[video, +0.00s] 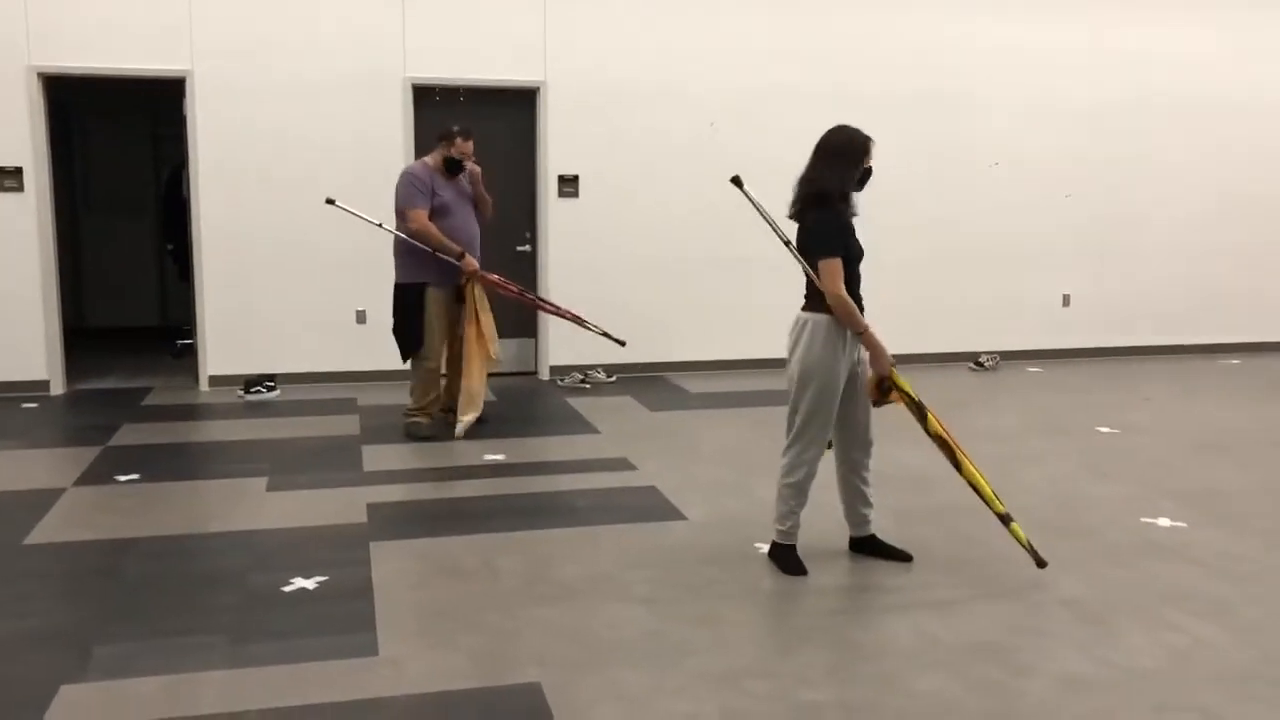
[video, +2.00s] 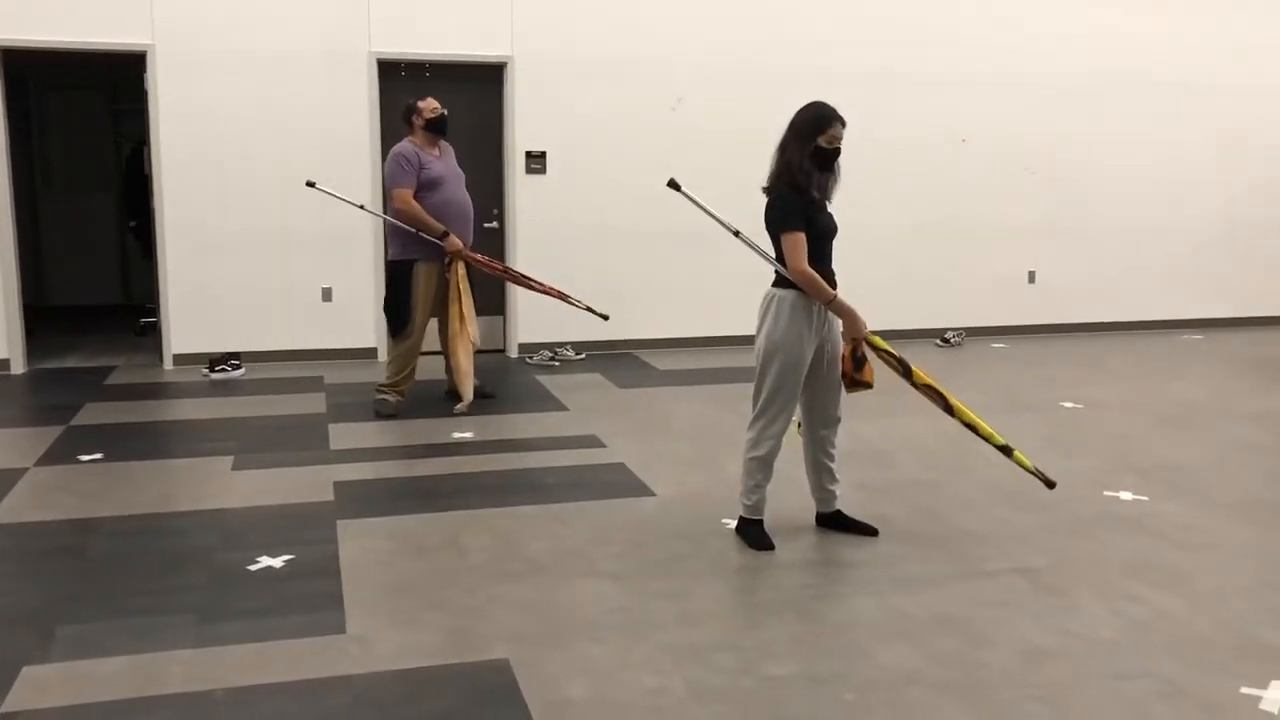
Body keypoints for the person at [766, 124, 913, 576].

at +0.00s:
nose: (868, 170)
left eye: (868, 161)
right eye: (864, 161)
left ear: (833, 159)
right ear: (846, 162)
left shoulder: (838, 212)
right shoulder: (823, 214)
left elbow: (839, 290)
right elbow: (834, 291)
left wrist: (864, 351)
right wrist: (875, 346)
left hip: (848, 334)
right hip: (821, 333)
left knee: (855, 441)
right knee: (808, 441)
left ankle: (861, 535)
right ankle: (783, 540)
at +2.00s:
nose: (832, 151)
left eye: (837, 144)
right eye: (827, 142)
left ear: (836, 142)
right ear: (804, 138)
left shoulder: (814, 193)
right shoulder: (786, 192)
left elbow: (817, 265)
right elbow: (796, 268)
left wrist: (842, 321)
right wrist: (846, 311)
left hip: (822, 311)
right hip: (790, 309)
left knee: (824, 416)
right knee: (772, 416)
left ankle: (827, 510)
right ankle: (751, 516)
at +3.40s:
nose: (829, 144)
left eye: (824, 135)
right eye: (825, 136)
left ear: (776, 143)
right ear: (820, 140)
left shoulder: (768, 192)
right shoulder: (812, 192)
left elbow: (770, 268)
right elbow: (810, 265)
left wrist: (820, 316)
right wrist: (859, 308)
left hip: (781, 303)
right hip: (797, 305)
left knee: (812, 409)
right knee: (781, 410)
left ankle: (826, 501)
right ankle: (744, 510)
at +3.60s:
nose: (829, 144)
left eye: (823, 136)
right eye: (825, 136)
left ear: (776, 142)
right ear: (820, 140)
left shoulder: (769, 192)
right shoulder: (814, 191)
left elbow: (761, 262)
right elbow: (813, 267)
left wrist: (753, 322)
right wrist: (863, 309)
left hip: (783, 303)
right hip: (800, 305)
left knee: (815, 409)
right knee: (784, 411)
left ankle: (830, 502)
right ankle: (747, 510)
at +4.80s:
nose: (827, 158)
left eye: (822, 150)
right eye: (822, 150)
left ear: (776, 153)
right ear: (814, 153)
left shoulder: (773, 201)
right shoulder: (805, 202)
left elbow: (772, 274)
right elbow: (816, 280)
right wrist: (865, 321)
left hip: (795, 316)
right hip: (799, 317)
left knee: (825, 420)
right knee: (788, 423)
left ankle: (833, 513)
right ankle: (754, 524)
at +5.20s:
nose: (840, 145)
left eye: (839, 137)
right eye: (834, 138)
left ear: (804, 141)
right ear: (814, 143)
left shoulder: (810, 193)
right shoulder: (801, 196)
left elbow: (817, 270)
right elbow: (817, 274)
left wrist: (850, 311)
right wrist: (869, 315)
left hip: (821, 311)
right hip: (798, 312)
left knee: (830, 415)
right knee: (785, 419)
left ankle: (833, 510)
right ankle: (753, 520)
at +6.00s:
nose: (844, 148)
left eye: (844, 140)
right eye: (838, 140)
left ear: (807, 140)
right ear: (819, 142)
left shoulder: (816, 192)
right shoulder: (804, 195)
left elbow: (823, 269)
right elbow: (824, 273)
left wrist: (854, 307)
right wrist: (874, 314)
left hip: (829, 311)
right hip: (805, 311)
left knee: (836, 414)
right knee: (789, 417)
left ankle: (843, 509)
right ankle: (762, 520)